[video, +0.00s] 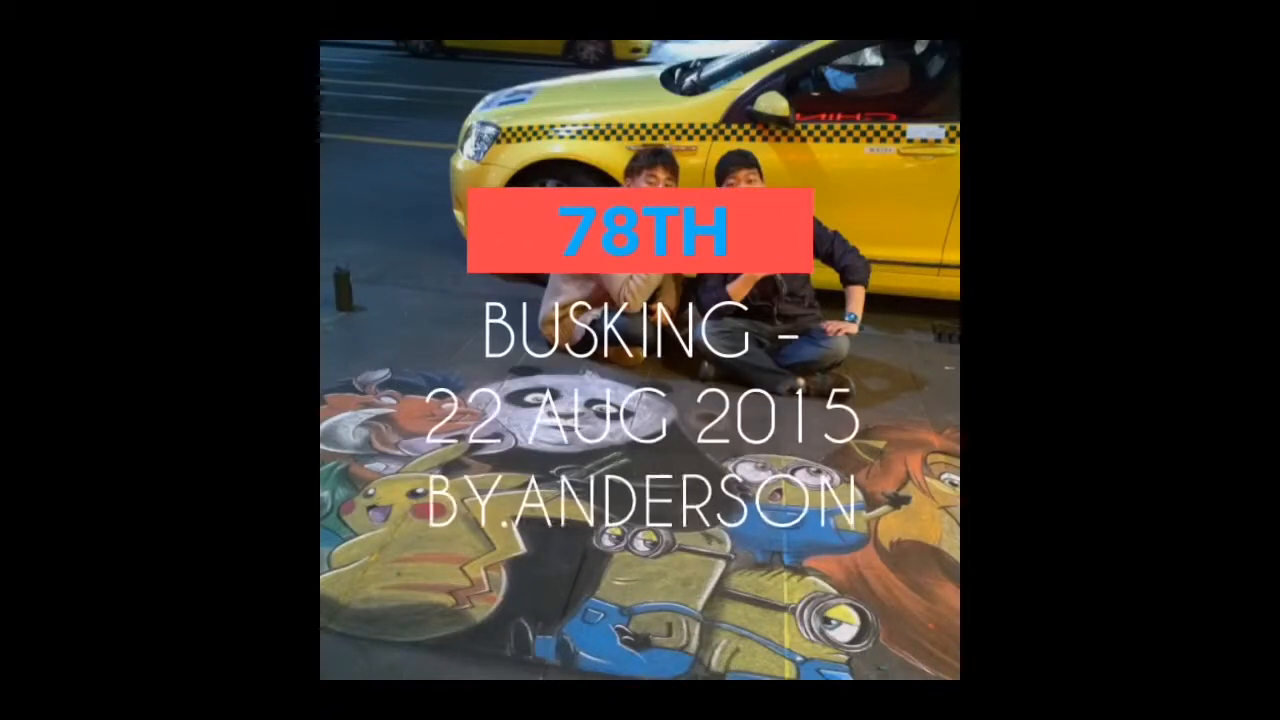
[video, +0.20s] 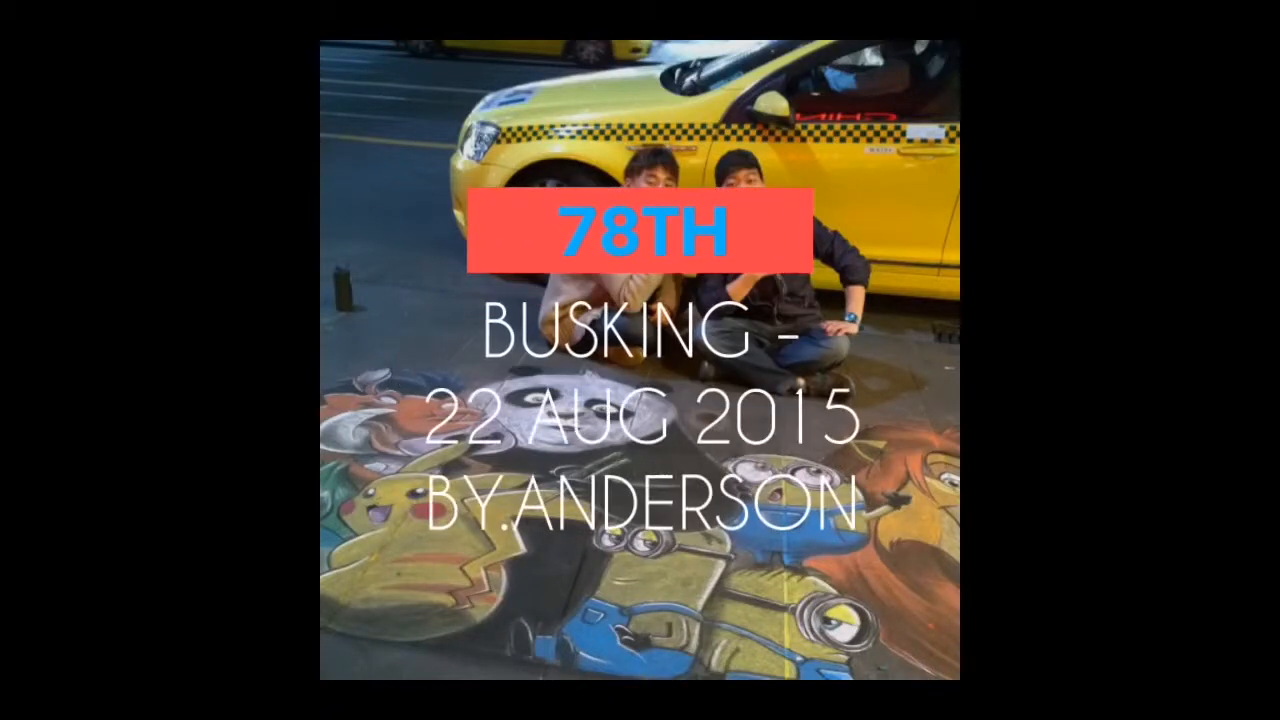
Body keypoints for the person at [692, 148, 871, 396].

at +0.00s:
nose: (743, 190)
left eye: (750, 181)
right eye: (732, 184)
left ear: (763, 185)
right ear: (721, 192)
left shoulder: (792, 220)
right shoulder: (716, 230)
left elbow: (854, 262)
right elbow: (708, 304)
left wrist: (851, 320)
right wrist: (752, 275)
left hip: (801, 325)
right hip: (748, 324)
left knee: (836, 344)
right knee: (709, 333)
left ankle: (731, 370)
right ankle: (800, 386)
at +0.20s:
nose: (743, 190)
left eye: (750, 181)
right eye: (732, 184)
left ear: (763, 184)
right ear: (721, 192)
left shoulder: (792, 221)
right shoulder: (716, 230)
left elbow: (854, 262)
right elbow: (708, 304)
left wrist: (851, 320)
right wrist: (751, 276)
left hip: (800, 324)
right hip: (747, 323)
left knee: (836, 345)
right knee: (709, 334)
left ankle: (732, 370)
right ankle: (799, 386)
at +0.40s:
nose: (743, 190)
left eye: (750, 181)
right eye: (732, 184)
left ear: (763, 184)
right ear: (721, 192)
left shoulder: (791, 220)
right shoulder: (716, 230)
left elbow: (853, 262)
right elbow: (707, 303)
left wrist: (851, 319)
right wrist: (751, 276)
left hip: (800, 325)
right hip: (747, 324)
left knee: (837, 345)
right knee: (708, 333)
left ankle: (732, 371)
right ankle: (798, 386)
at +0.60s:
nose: (743, 190)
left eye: (750, 181)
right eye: (732, 184)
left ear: (763, 184)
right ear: (721, 192)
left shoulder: (791, 220)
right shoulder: (716, 230)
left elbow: (853, 262)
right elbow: (707, 303)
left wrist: (851, 319)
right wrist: (751, 276)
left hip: (800, 325)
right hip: (747, 324)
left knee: (837, 345)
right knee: (708, 333)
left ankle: (732, 371)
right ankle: (798, 386)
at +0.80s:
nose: (743, 190)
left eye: (750, 181)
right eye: (732, 184)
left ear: (763, 184)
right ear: (721, 192)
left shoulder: (791, 220)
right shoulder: (716, 230)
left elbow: (853, 262)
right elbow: (707, 303)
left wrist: (851, 319)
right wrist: (751, 276)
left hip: (800, 325)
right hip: (747, 324)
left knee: (837, 345)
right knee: (708, 333)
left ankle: (732, 371)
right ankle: (798, 386)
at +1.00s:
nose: (743, 190)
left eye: (750, 181)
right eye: (732, 184)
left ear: (763, 184)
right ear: (721, 192)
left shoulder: (791, 220)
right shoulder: (716, 230)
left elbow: (853, 262)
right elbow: (707, 303)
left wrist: (851, 319)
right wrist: (751, 276)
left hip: (800, 325)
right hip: (747, 324)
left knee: (837, 345)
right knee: (708, 333)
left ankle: (732, 371)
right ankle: (798, 386)